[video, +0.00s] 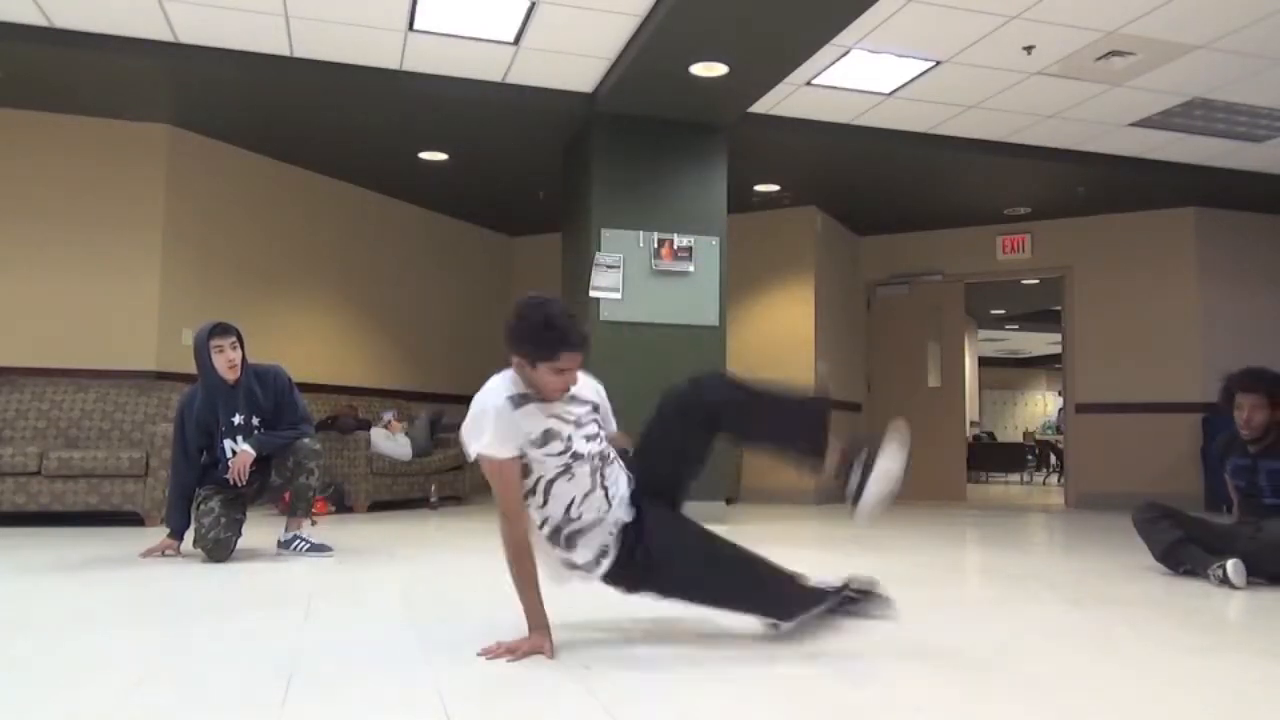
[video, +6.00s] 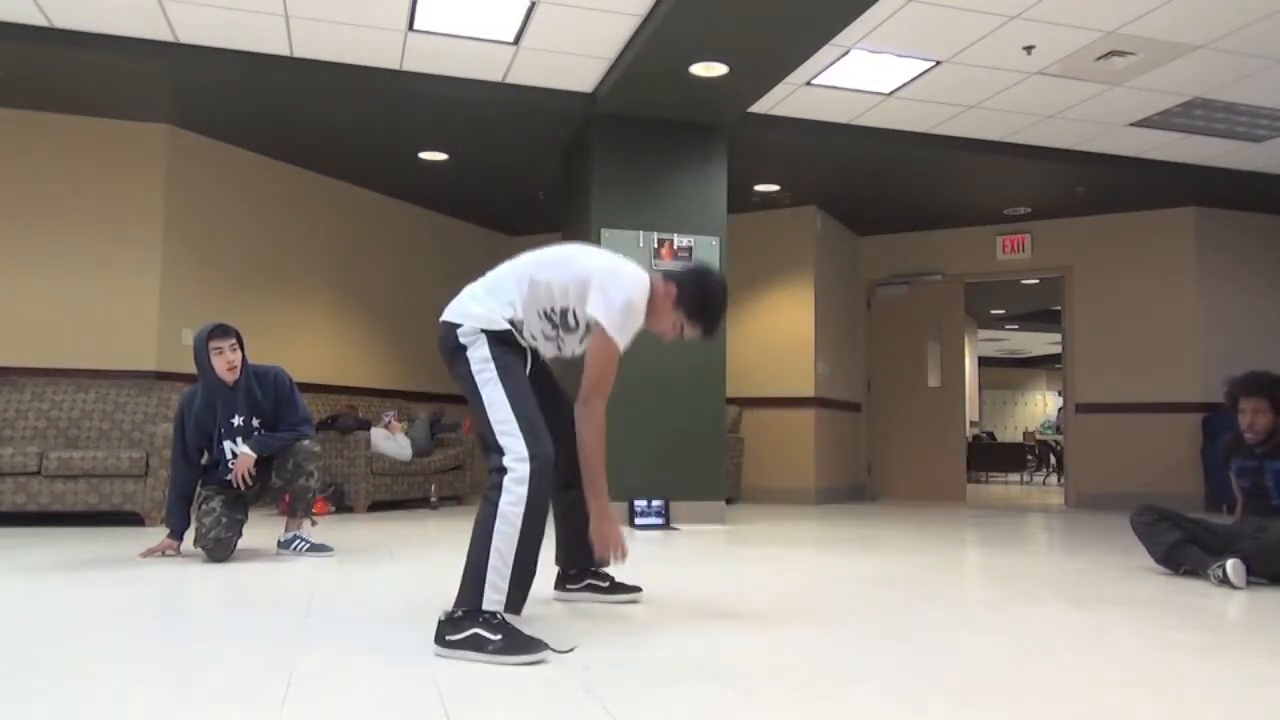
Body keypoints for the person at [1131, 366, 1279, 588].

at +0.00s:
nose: (1246, 418)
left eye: (1257, 409)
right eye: (1239, 408)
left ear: (1274, 412)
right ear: (1232, 410)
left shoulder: (1274, 450)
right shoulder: (1228, 449)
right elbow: (1237, 502)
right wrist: (1238, 527)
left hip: (1269, 538)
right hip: (1236, 533)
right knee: (1146, 512)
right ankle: (1209, 567)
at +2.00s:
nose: (1250, 417)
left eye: (1261, 409)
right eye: (1246, 408)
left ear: (1277, 412)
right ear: (1238, 411)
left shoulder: (1275, 451)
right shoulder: (1237, 450)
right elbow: (1243, 501)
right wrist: (1237, 532)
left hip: (1271, 536)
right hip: (1240, 534)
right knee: (1144, 514)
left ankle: (1198, 562)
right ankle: (1210, 566)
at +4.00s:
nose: (1248, 421)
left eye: (1258, 413)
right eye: (1243, 412)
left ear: (1276, 415)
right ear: (1235, 414)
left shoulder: (1275, 452)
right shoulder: (1233, 449)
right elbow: (1242, 501)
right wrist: (1236, 532)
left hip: (1270, 536)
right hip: (1239, 533)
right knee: (1144, 514)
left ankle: (1197, 562)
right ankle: (1210, 566)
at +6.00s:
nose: (1249, 422)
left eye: (1259, 413)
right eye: (1243, 413)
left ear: (1276, 416)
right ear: (1235, 415)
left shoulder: (1276, 451)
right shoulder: (1234, 450)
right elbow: (1241, 500)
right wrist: (1236, 530)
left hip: (1271, 536)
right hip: (1239, 533)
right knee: (1144, 515)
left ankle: (1197, 562)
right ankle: (1210, 566)